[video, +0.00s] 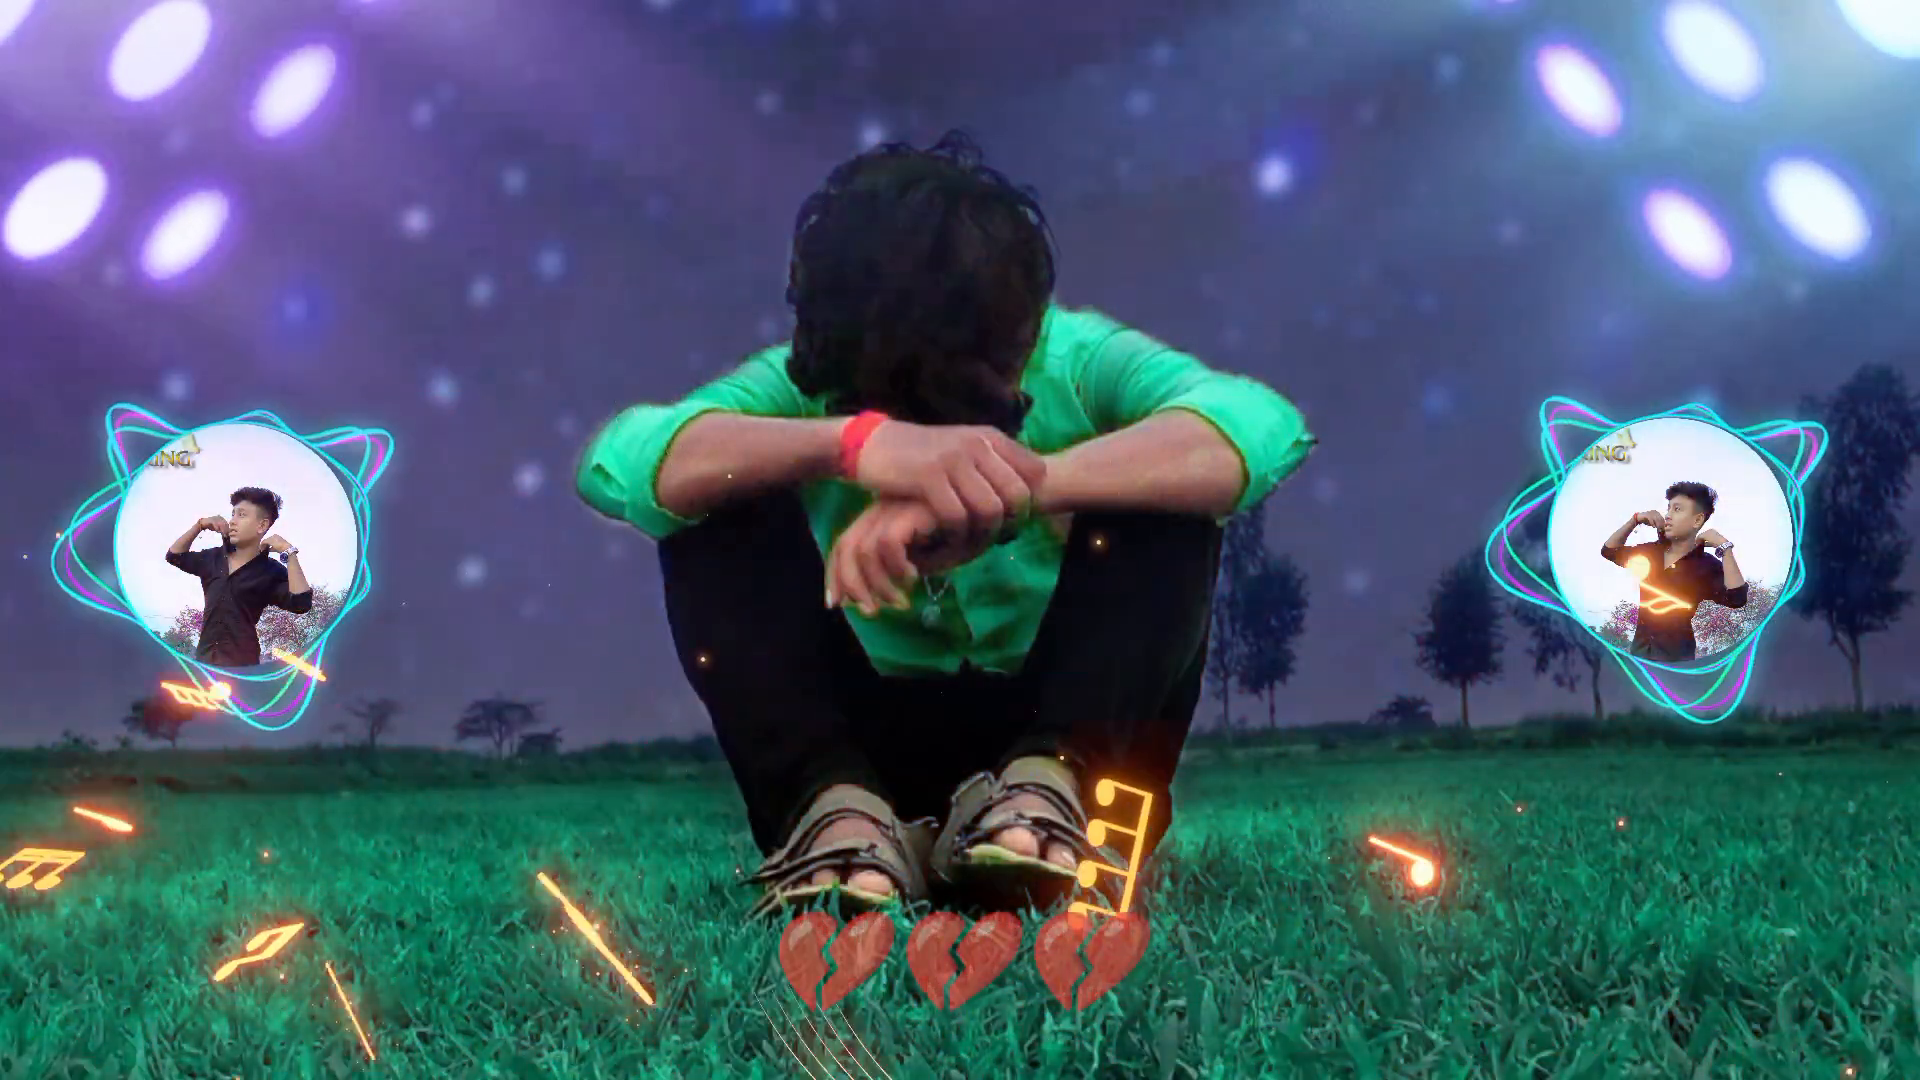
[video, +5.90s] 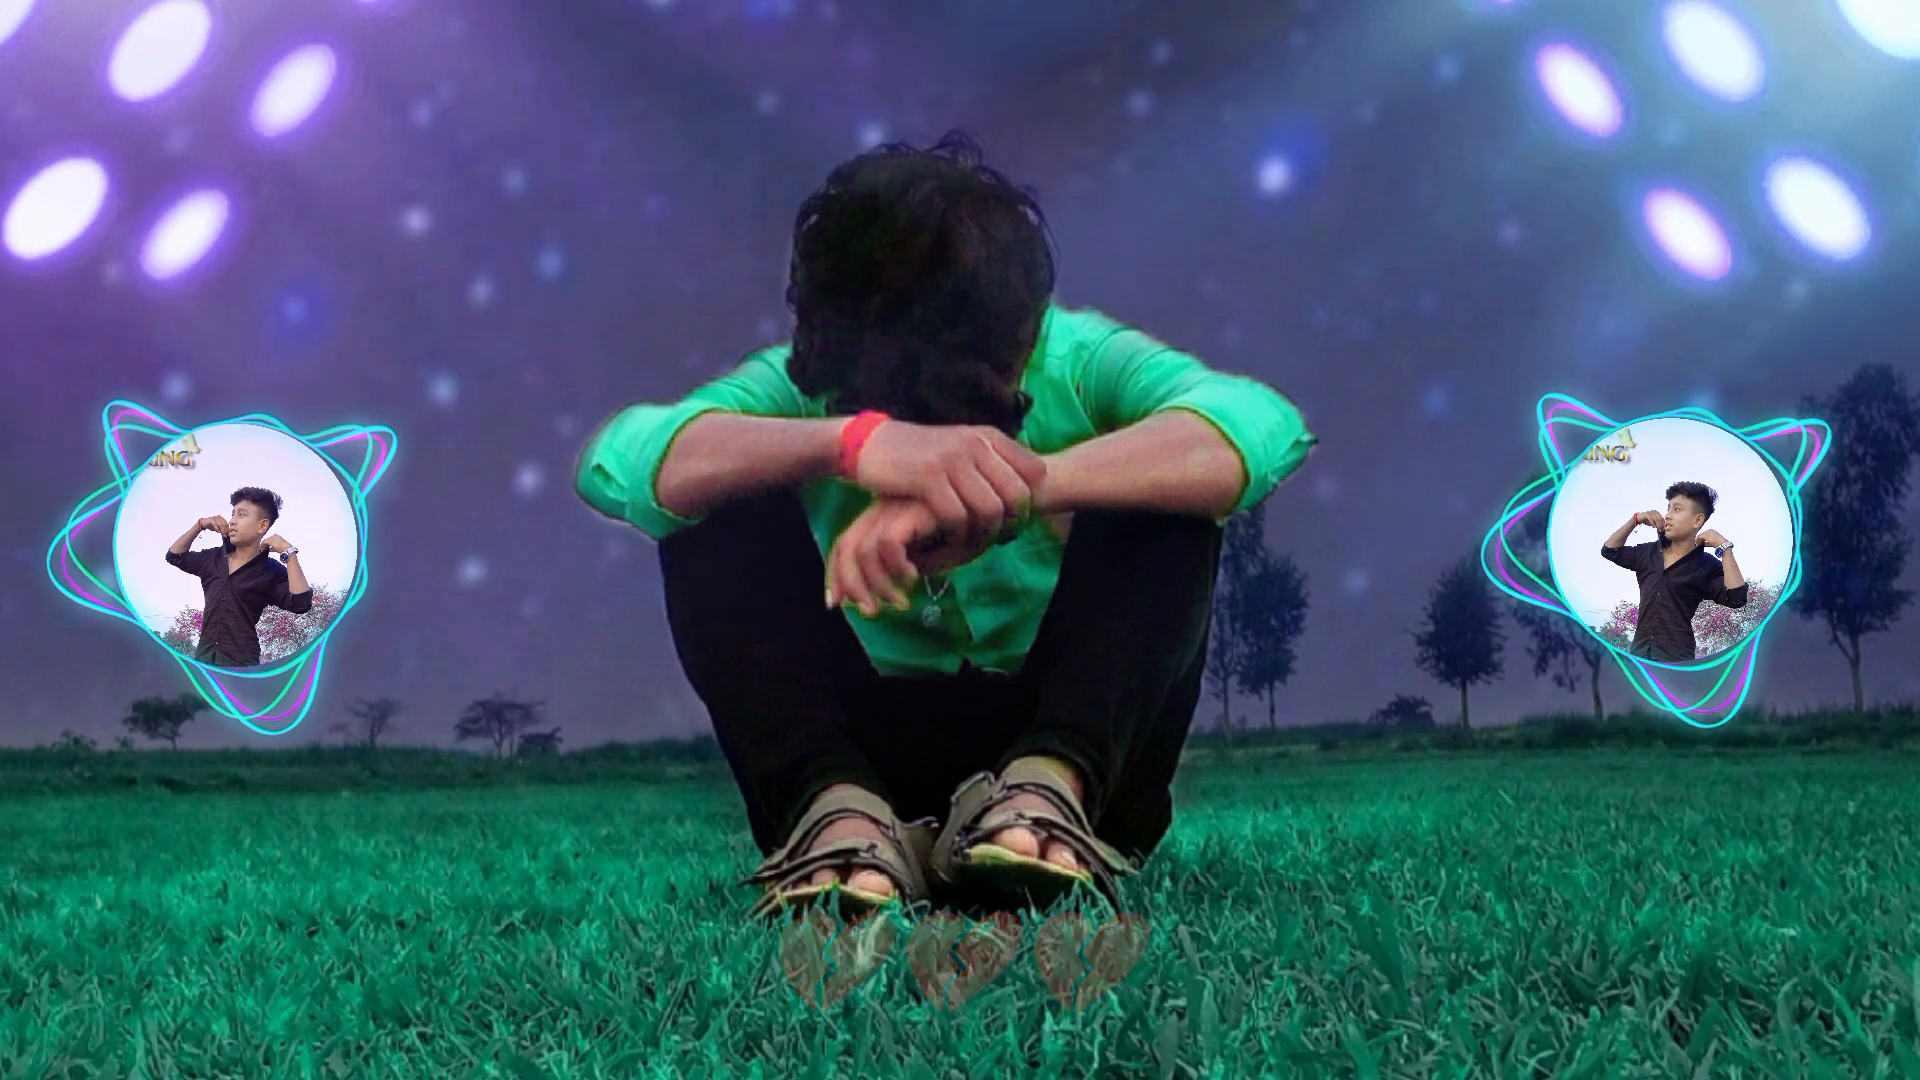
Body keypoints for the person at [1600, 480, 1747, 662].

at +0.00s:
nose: (1667, 515)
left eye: (1677, 509)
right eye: (1669, 509)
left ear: (1698, 520)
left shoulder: (1706, 565)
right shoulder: (1651, 552)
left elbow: (1737, 600)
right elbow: (1609, 551)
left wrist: (1725, 547)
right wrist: (1634, 521)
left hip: (1677, 655)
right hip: (1640, 650)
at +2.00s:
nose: (1667, 515)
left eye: (1677, 509)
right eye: (1668, 509)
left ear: (1698, 520)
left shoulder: (1705, 564)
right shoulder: (1647, 553)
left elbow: (1737, 599)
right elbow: (1609, 551)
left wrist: (1725, 547)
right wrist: (1634, 520)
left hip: (1677, 658)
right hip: (1639, 653)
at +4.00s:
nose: (1667, 515)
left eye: (1677, 509)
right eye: (1668, 508)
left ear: (1698, 520)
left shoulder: (1705, 564)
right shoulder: (1647, 553)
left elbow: (1737, 599)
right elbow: (1609, 551)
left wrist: (1725, 547)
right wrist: (1634, 520)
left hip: (1677, 658)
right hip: (1639, 654)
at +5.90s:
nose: (1667, 515)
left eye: (1677, 509)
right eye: (1668, 509)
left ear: (1698, 520)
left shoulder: (1705, 565)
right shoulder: (1647, 553)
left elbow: (1737, 599)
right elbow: (1609, 551)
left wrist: (1724, 547)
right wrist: (1634, 520)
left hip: (1677, 661)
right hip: (1638, 656)